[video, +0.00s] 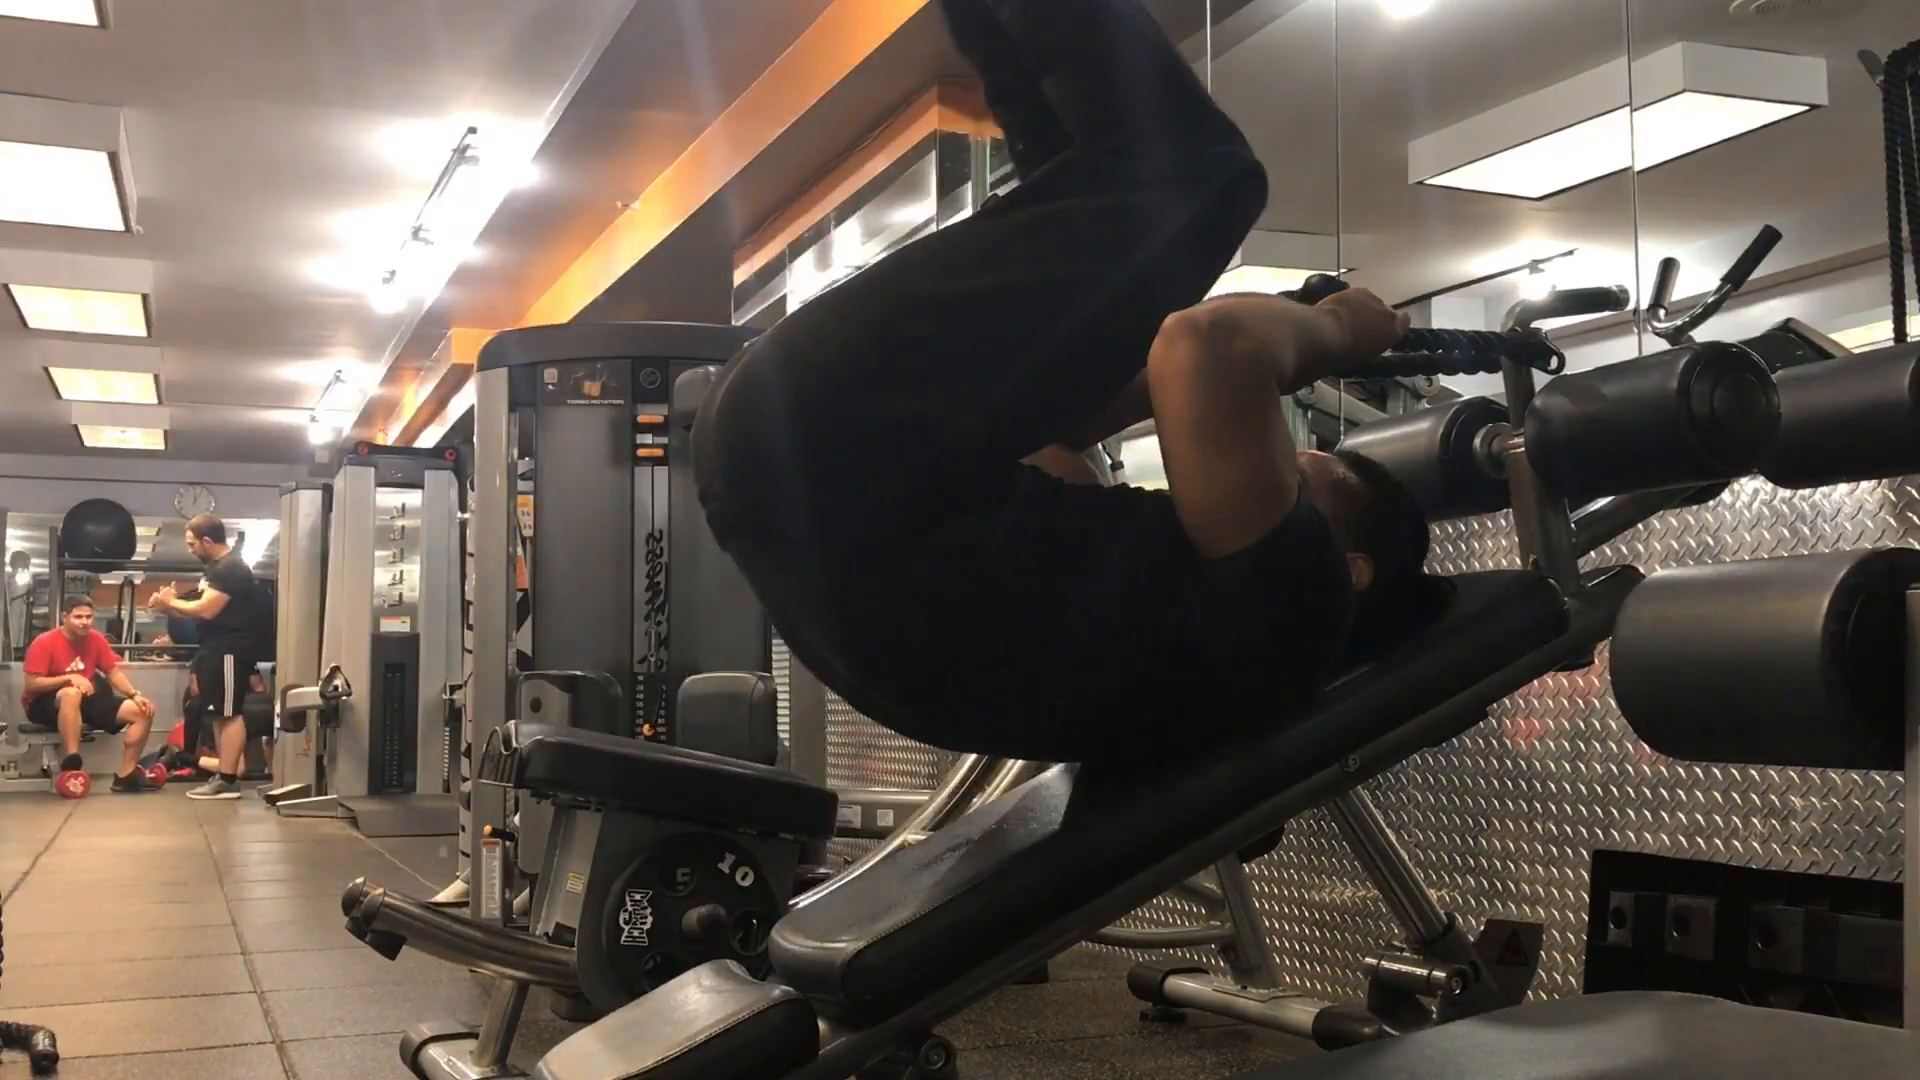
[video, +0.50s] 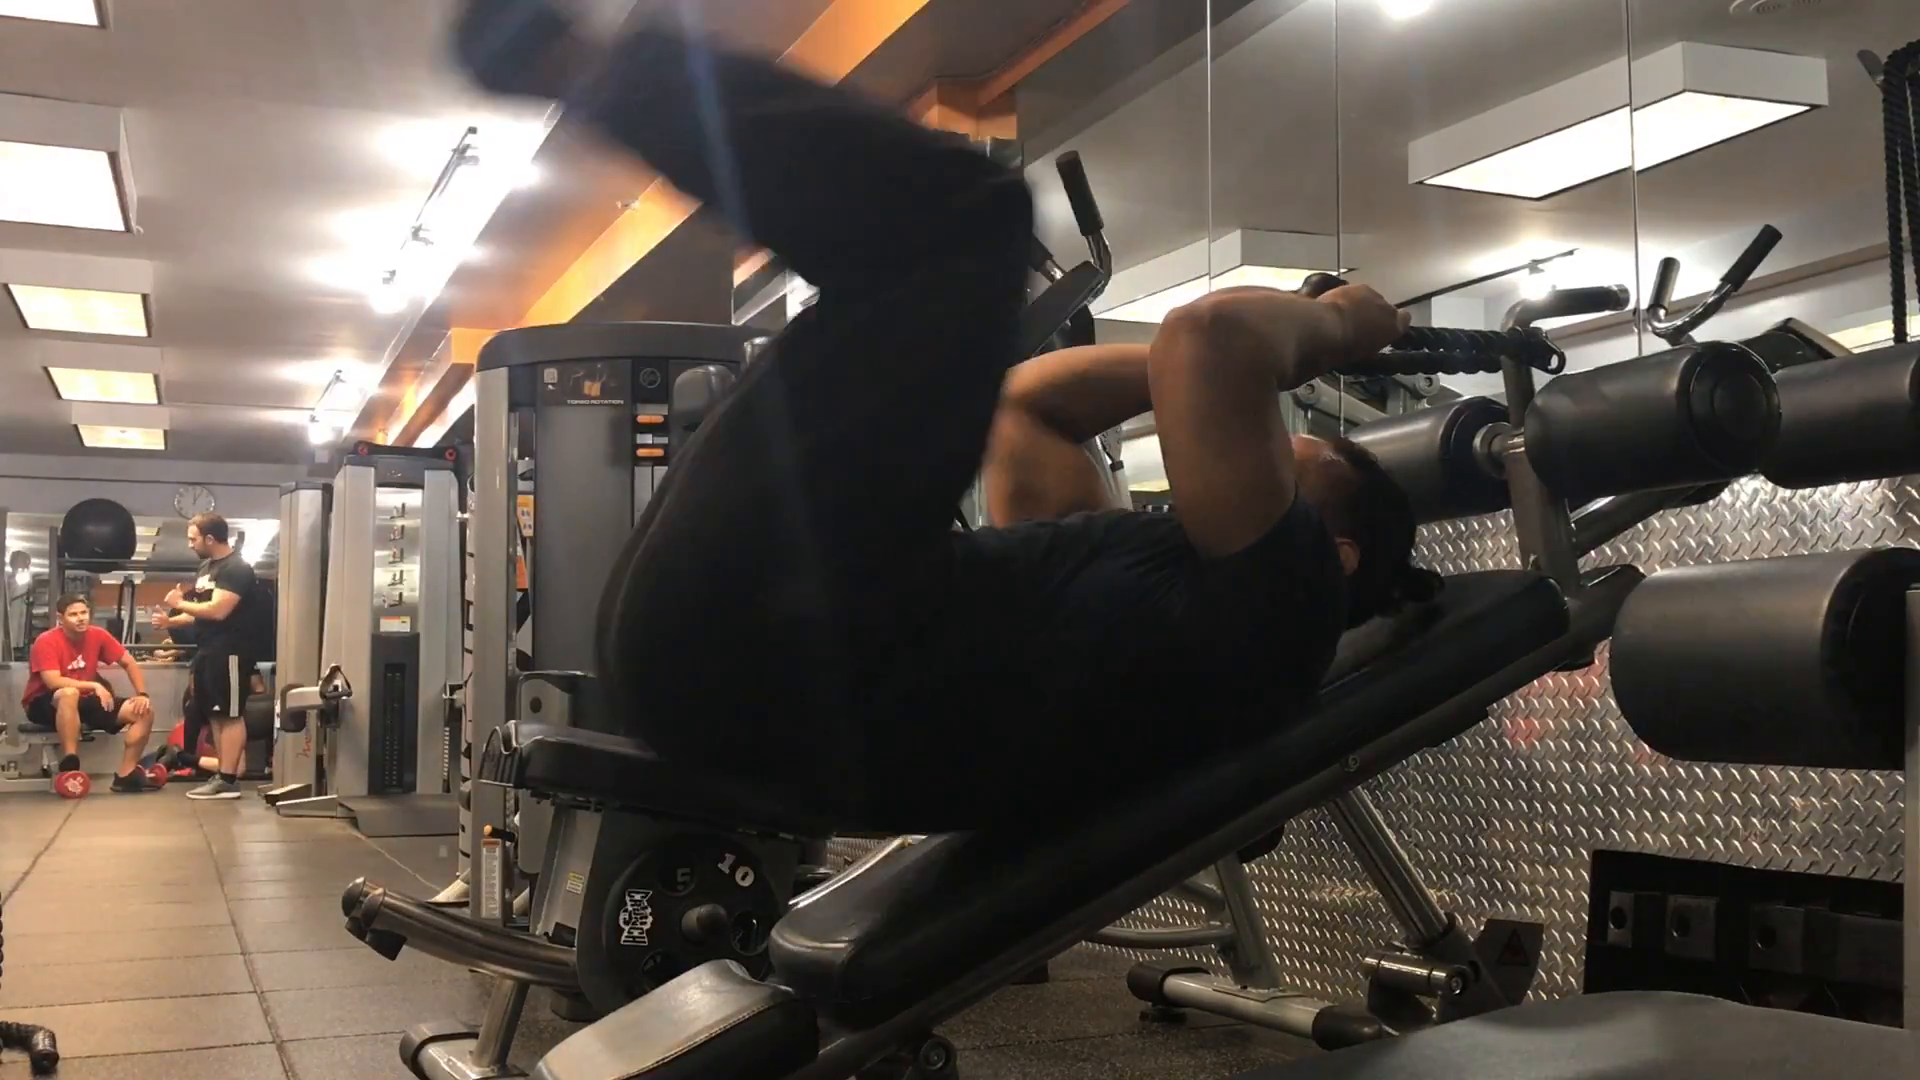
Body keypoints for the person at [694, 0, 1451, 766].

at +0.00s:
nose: (1291, 461)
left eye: (1325, 469)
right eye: (1308, 459)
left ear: (1351, 566)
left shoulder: (1296, 607)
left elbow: (1201, 349)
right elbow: (1044, 442)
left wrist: (1335, 327)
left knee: (1200, 179)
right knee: (1127, 200)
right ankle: (977, 28)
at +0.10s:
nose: (1290, 462)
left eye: (1323, 470)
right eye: (1305, 461)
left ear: (1354, 565)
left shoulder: (1296, 608)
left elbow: (1200, 350)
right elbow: (1046, 438)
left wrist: (1334, 329)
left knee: (1203, 183)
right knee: (1117, 200)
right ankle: (976, 19)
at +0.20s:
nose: (1294, 463)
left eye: (1327, 472)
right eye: (1308, 461)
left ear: (1353, 568)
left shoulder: (1298, 606)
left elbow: (1201, 349)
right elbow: (1048, 440)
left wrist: (1335, 330)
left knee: (1184, 187)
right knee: (1104, 208)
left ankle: (948, 16)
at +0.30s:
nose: (1300, 461)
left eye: (1330, 473)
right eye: (1314, 459)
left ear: (1355, 563)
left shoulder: (1294, 618)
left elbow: (1197, 349)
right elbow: (1045, 412)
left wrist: (1333, 330)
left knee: (1137, 195)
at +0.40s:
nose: (1307, 451)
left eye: (1332, 465)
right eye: (1322, 450)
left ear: (1348, 558)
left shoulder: (1292, 605)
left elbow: (1210, 336)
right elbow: (1035, 410)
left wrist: (1330, 324)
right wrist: (1198, 376)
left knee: (1068, 204)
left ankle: (737, 17)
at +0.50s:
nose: (1296, 444)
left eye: (1325, 457)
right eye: (1311, 440)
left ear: (1341, 543)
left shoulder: (1283, 599)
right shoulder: (1134, 593)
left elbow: (1211, 338)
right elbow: (1025, 405)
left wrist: (1333, 318)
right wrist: (1206, 371)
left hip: (758, 675)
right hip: (710, 667)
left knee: (973, 213)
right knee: (956, 233)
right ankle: (576, 61)